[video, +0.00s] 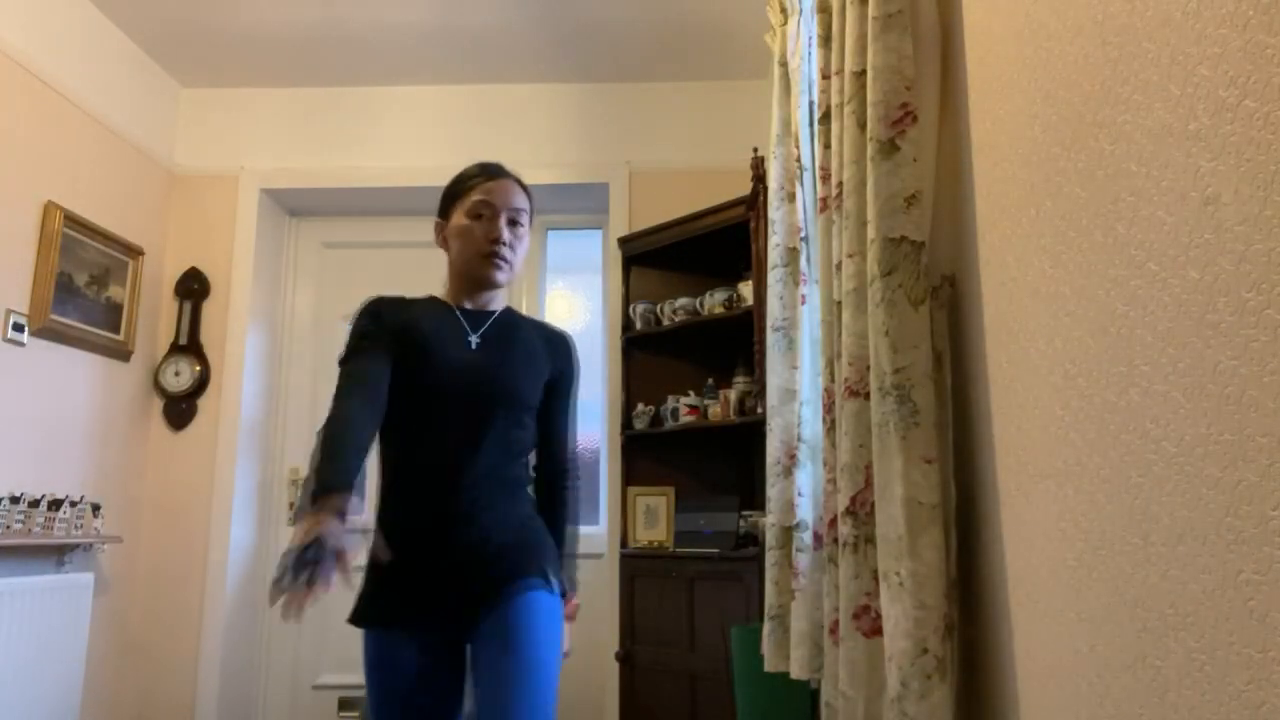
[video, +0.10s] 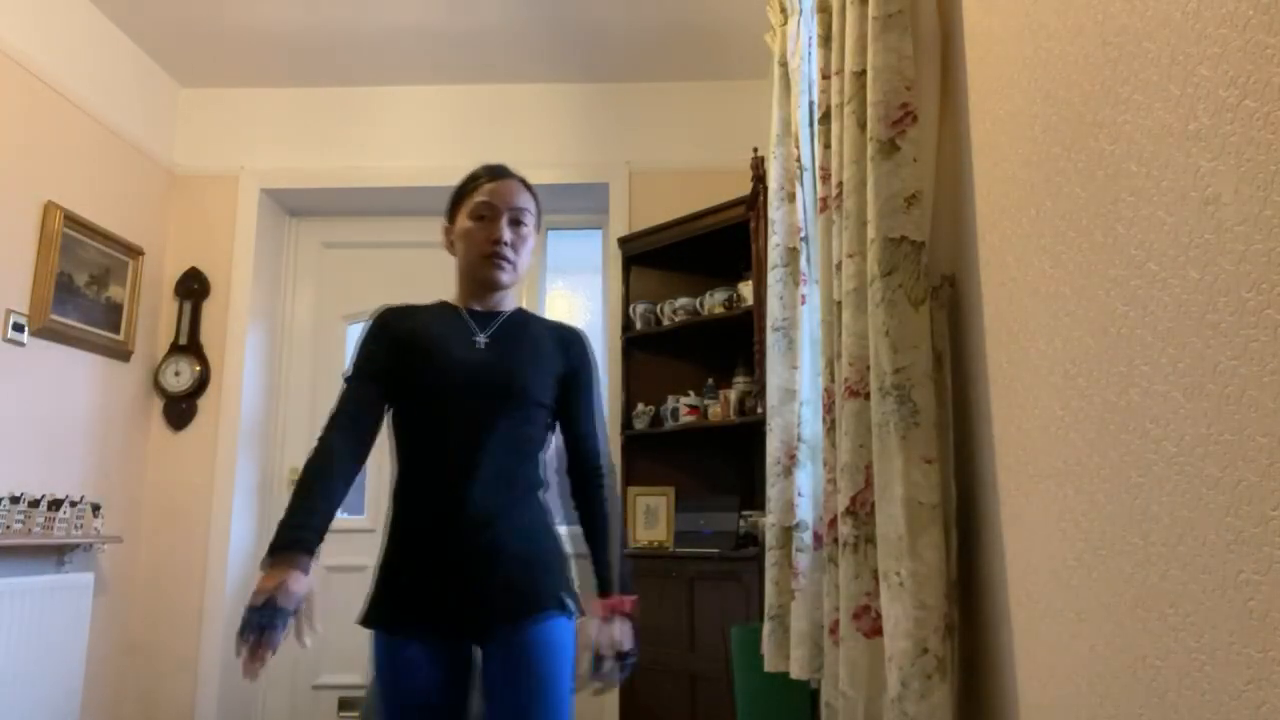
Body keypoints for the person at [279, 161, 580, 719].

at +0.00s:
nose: (501, 232)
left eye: (516, 222)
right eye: (482, 215)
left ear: (529, 244)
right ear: (442, 232)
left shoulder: (551, 348)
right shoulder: (390, 319)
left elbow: (556, 473)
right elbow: (353, 413)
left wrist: (561, 577)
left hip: (514, 575)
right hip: (408, 574)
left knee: (519, 712)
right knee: (404, 711)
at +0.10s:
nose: (502, 233)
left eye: (519, 222)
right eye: (484, 216)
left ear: (536, 245)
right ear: (449, 235)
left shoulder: (563, 348)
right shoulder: (400, 330)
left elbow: (591, 477)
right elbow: (342, 448)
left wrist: (613, 598)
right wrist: (289, 559)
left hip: (529, 600)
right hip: (416, 596)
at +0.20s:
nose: (511, 235)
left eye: (528, 223)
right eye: (493, 220)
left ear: (547, 246)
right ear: (463, 240)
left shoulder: (579, 349)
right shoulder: (416, 337)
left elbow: (626, 463)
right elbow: (346, 463)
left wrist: (663, 565)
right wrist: (282, 584)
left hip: (548, 608)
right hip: (437, 604)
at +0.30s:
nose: (522, 241)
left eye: (540, 227)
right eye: (506, 225)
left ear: (565, 249)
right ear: (479, 242)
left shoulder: (601, 345)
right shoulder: (438, 339)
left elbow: (656, 431)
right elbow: (367, 469)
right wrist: (297, 585)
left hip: (571, 603)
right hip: (461, 602)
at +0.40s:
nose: (532, 246)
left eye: (550, 231)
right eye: (516, 230)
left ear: (579, 248)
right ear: (495, 246)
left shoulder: (616, 342)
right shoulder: (458, 345)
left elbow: (675, 389)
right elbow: (395, 471)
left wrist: (702, 410)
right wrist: (328, 590)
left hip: (589, 595)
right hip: (482, 591)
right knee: (471, 712)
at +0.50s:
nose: (537, 247)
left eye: (557, 231)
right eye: (522, 231)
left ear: (590, 248)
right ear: (505, 245)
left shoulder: (621, 336)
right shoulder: (473, 344)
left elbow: (685, 373)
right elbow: (425, 471)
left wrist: (664, 352)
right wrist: (369, 596)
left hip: (591, 555)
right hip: (495, 547)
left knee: (601, 709)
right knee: (496, 646)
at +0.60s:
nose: (536, 249)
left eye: (557, 234)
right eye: (524, 232)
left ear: (593, 251)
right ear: (509, 246)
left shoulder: (621, 342)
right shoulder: (480, 350)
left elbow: (652, 347)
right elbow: (448, 477)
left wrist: (619, 305)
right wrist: (411, 599)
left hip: (595, 576)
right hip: (493, 567)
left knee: (606, 709)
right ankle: (524, 701)